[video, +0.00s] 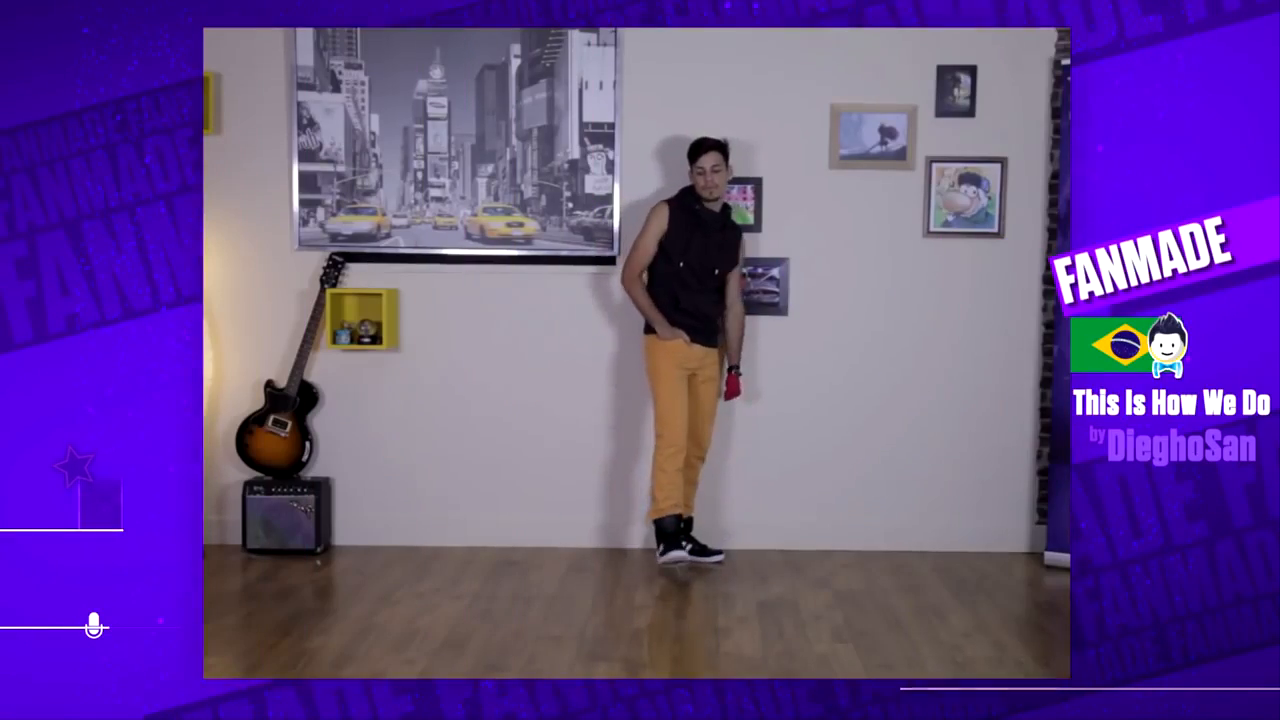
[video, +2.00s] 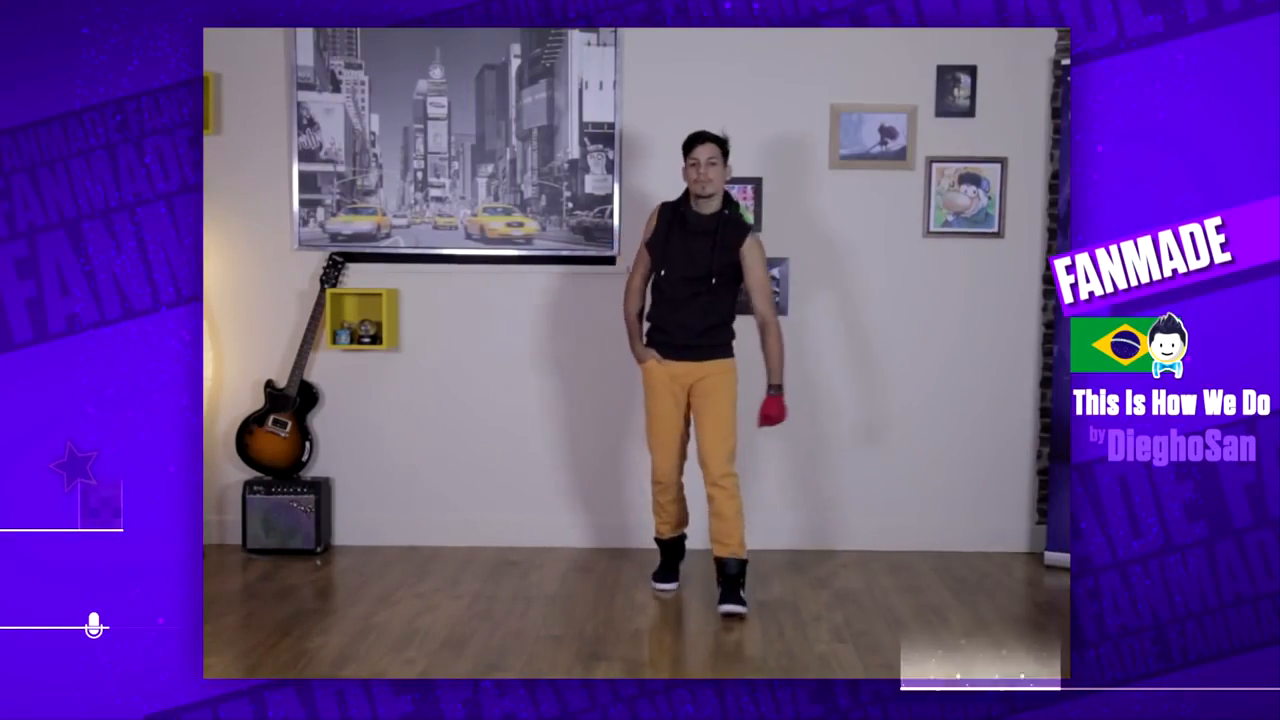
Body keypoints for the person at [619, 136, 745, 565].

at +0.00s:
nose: (708, 178)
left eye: (716, 170)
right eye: (700, 172)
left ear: (729, 173)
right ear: (691, 176)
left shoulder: (731, 232)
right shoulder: (668, 213)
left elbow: (734, 301)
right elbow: (630, 276)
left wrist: (733, 362)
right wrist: (661, 325)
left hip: (711, 350)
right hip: (669, 344)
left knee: (697, 444)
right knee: (672, 439)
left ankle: (683, 532)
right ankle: (667, 535)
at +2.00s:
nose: (703, 172)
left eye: (712, 164)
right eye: (695, 164)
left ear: (726, 171)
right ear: (684, 171)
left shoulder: (741, 237)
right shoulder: (662, 219)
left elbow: (767, 318)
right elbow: (634, 287)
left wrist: (775, 388)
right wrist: (637, 346)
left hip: (716, 366)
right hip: (661, 364)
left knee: (719, 472)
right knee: (664, 471)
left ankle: (731, 579)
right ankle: (669, 555)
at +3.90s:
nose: (707, 153)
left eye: (719, 145)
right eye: (700, 144)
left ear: (736, 155)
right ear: (690, 151)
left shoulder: (753, 226)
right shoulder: (658, 209)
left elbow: (767, 307)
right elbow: (625, 289)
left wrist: (747, 331)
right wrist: (650, 352)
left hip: (736, 376)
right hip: (677, 374)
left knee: (751, 483)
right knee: (661, 488)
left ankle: (737, 579)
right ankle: (643, 597)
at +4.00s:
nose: (696, 153)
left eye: (708, 146)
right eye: (689, 144)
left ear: (724, 157)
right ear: (677, 151)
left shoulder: (746, 219)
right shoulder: (649, 215)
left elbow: (764, 305)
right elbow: (612, 293)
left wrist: (720, 289)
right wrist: (644, 354)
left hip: (735, 376)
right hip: (673, 375)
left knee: (758, 481)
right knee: (660, 489)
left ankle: (750, 576)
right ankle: (644, 598)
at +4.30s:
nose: (725, 166)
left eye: (735, 157)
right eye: (715, 156)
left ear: (745, 157)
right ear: (696, 156)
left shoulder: (757, 202)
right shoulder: (684, 218)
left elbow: (742, 273)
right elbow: (662, 297)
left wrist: (710, 208)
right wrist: (664, 347)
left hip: (752, 378)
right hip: (691, 375)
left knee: (774, 494)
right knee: (665, 492)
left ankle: (800, 604)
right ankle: (653, 600)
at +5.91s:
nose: (712, 163)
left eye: (722, 151)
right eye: (705, 155)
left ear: (749, 150)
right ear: (700, 160)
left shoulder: (777, 205)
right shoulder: (708, 209)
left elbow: (758, 280)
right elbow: (700, 287)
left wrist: (717, 221)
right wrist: (678, 339)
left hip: (757, 381)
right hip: (697, 377)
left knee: (775, 498)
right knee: (674, 494)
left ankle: (793, 605)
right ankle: (654, 602)